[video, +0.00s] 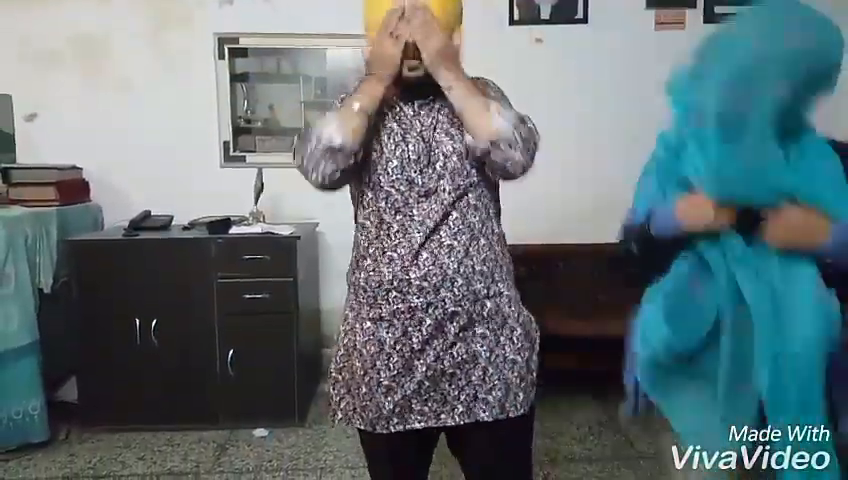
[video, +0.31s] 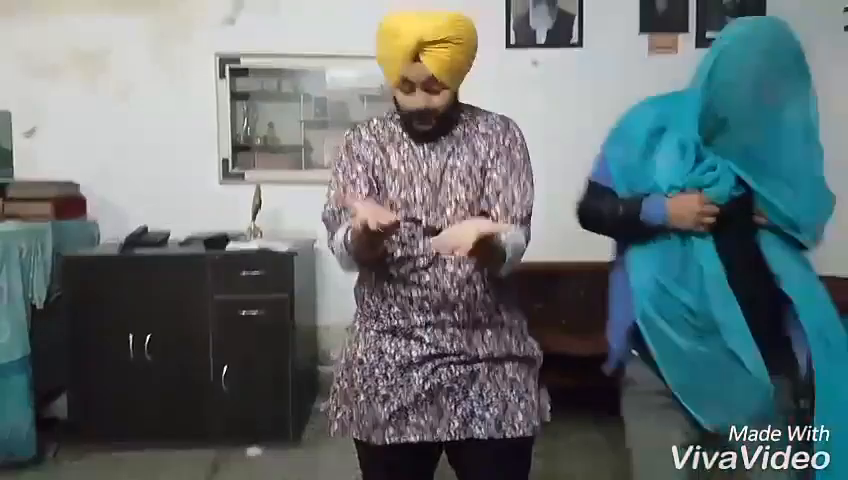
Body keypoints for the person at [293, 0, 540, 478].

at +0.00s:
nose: (409, 40)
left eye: (424, 25)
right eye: (393, 26)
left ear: (451, 37)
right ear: (373, 42)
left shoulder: (479, 98)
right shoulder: (357, 108)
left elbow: (513, 159)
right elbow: (320, 168)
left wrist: (449, 72)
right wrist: (377, 77)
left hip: (483, 345)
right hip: (388, 350)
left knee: (504, 470)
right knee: (394, 473)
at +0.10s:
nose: (411, 50)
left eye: (426, 35)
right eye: (396, 36)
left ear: (452, 41)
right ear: (377, 45)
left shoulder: (484, 105)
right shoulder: (360, 113)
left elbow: (524, 189)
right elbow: (324, 201)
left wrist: (477, 96)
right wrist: (357, 100)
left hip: (483, 341)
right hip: (389, 347)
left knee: (501, 471)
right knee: (395, 472)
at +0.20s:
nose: (397, 77)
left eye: (414, 65)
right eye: (390, 61)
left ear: (449, 65)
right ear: (382, 56)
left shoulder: (493, 116)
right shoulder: (361, 128)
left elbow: (524, 216)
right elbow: (337, 225)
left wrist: (492, 190)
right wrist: (364, 188)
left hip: (484, 337)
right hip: (390, 340)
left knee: (500, 470)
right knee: (391, 471)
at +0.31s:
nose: (421, 101)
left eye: (435, 87)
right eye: (407, 87)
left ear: (459, 79)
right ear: (391, 80)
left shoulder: (500, 138)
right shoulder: (362, 144)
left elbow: (514, 246)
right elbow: (345, 250)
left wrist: (484, 238)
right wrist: (364, 228)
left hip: (488, 364)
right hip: (390, 367)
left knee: (499, 472)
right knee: (390, 473)